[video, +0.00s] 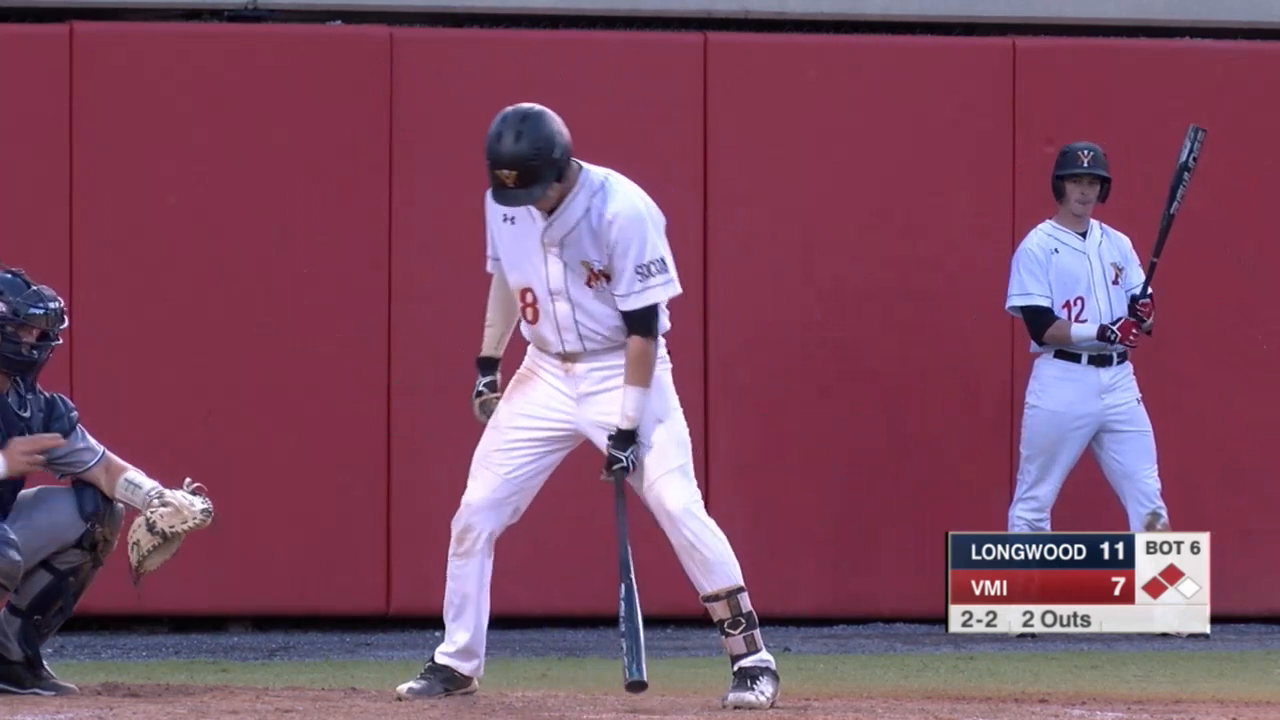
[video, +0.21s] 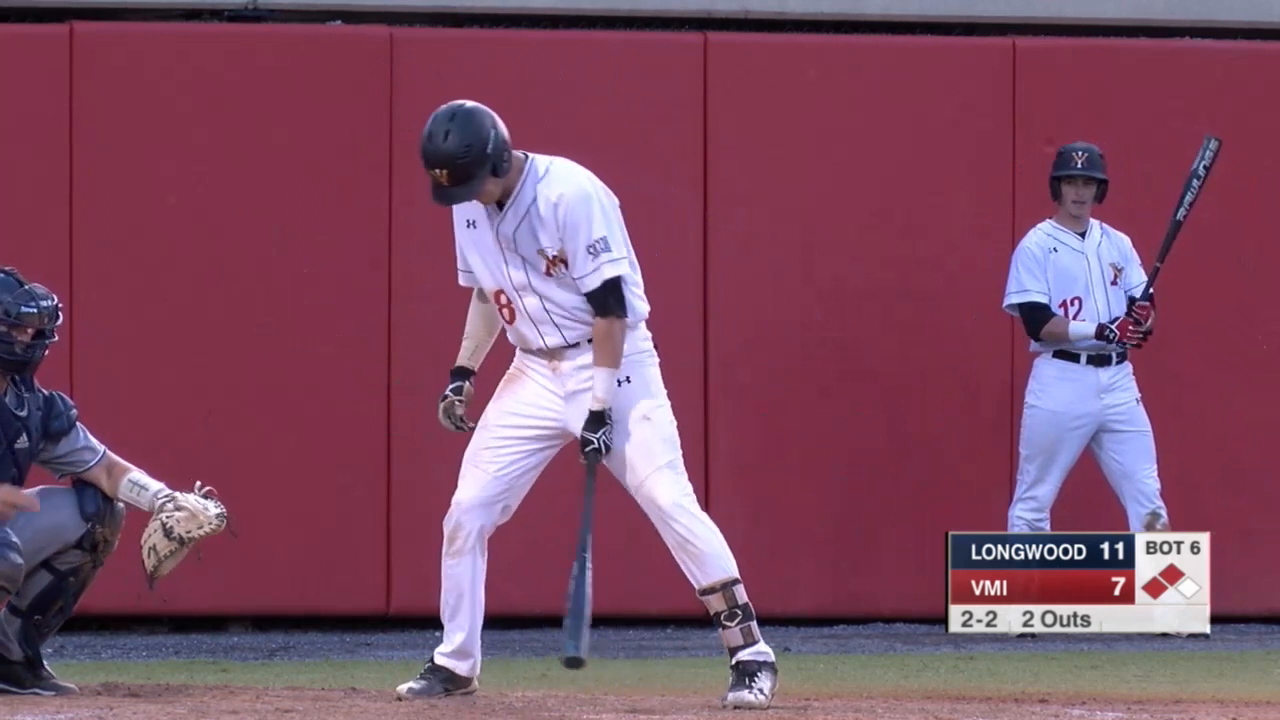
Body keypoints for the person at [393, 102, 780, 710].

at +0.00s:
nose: (524, 205)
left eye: (533, 193)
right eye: (513, 195)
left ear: (564, 170)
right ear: (499, 173)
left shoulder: (623, 210)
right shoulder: (503, 200)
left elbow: (644, 324)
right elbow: (504, 280)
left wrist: (628, 425)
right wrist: (487, 365)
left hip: (627, 375)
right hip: (543, 376)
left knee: (673, 502)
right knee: (475, 513)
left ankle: (751, 660)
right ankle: (455, 664)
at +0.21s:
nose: (468, 197)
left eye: (472, 184)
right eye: (460, 188)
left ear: (498, 160)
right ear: (451, 170)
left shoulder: (571, 192)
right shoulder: (468, 202)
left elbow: (610, 303)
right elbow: (489, 294)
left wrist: (600, 406)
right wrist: (463, 374)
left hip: (612, 364)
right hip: (533, 371)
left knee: (664, 497)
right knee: (467, 512)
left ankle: (751, 657)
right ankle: (455, 664)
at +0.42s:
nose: (472, 198)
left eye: (474, 185)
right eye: (464, 189)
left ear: (500, 161)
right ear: (459, 171)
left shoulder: (576, 193)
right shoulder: (482, 208)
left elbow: (616, 306)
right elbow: (503, 306)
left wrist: (586, 403)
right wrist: (467, 385)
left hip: (626, 376)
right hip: (547, 378)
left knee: (677, 506)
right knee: (470, 514)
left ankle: (758, 663)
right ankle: (455, 664)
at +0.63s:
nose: (518, 185)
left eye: (523, 171)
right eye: (509, 174)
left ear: (553, 152)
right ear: (501, 160)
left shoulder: (626, 193)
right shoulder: (511, 207)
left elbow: (666, 300)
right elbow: (518, 307)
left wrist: (616, 374)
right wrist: (491, 384)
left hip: (642, 381)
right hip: (556, 385)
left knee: (688, 508)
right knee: (477, 522)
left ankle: (760, 664)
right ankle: (455, 666)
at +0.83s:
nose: (578, 168)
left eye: (586, 154)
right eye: (566, 157)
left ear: (606, 135)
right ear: (546, 146)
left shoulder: (654, 188)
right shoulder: (524, 202)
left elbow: (716, 287)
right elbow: (514, 301)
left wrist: (695, 317)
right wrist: (496, 377)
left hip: (648, 384)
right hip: (561, 386)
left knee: (694, 513)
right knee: (482, 524)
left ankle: (762, 665)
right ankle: (455, 665)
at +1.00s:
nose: (623, 138)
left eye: (624, 125)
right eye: (609, 130)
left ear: (628, 118)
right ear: (574, 132)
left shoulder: (672, 189)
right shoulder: (532, 200)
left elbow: (726, 252)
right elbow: (512, 295)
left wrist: (743, 277)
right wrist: (500, 372)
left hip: (653, 383)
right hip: (562, 386)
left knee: (698, 513)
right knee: (486, 525)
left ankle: (761, 664)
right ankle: (454, 665)